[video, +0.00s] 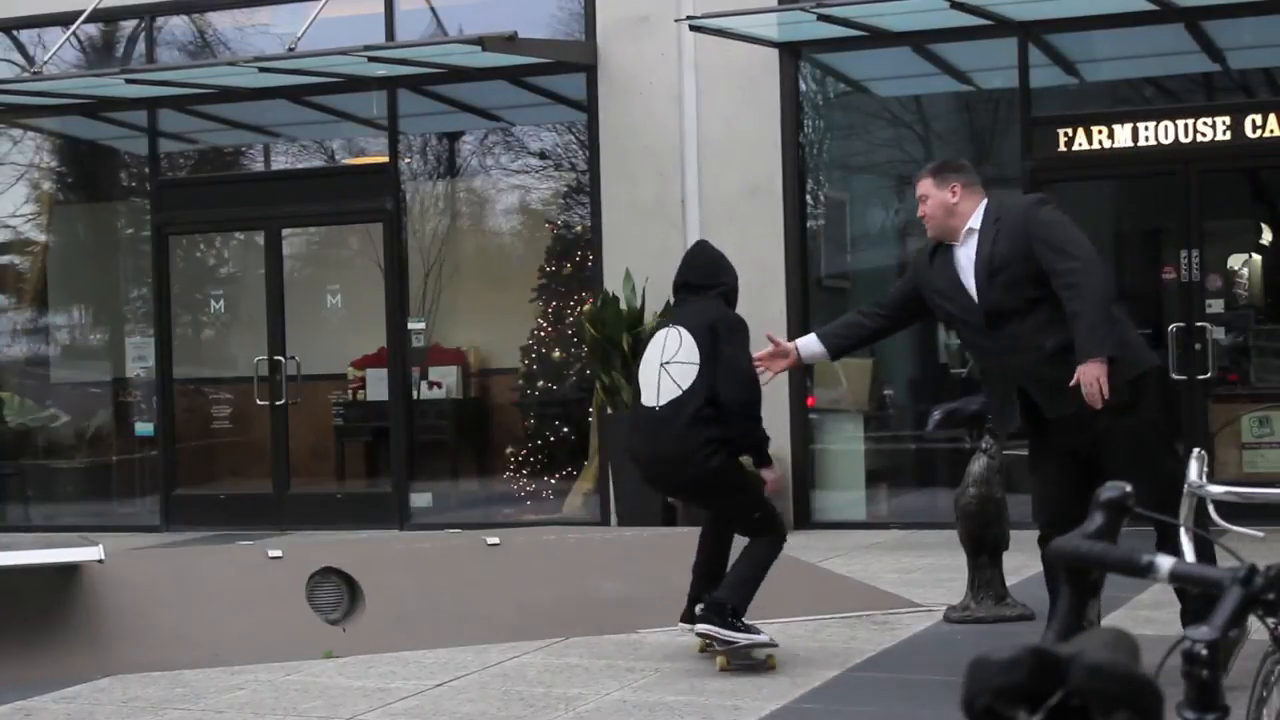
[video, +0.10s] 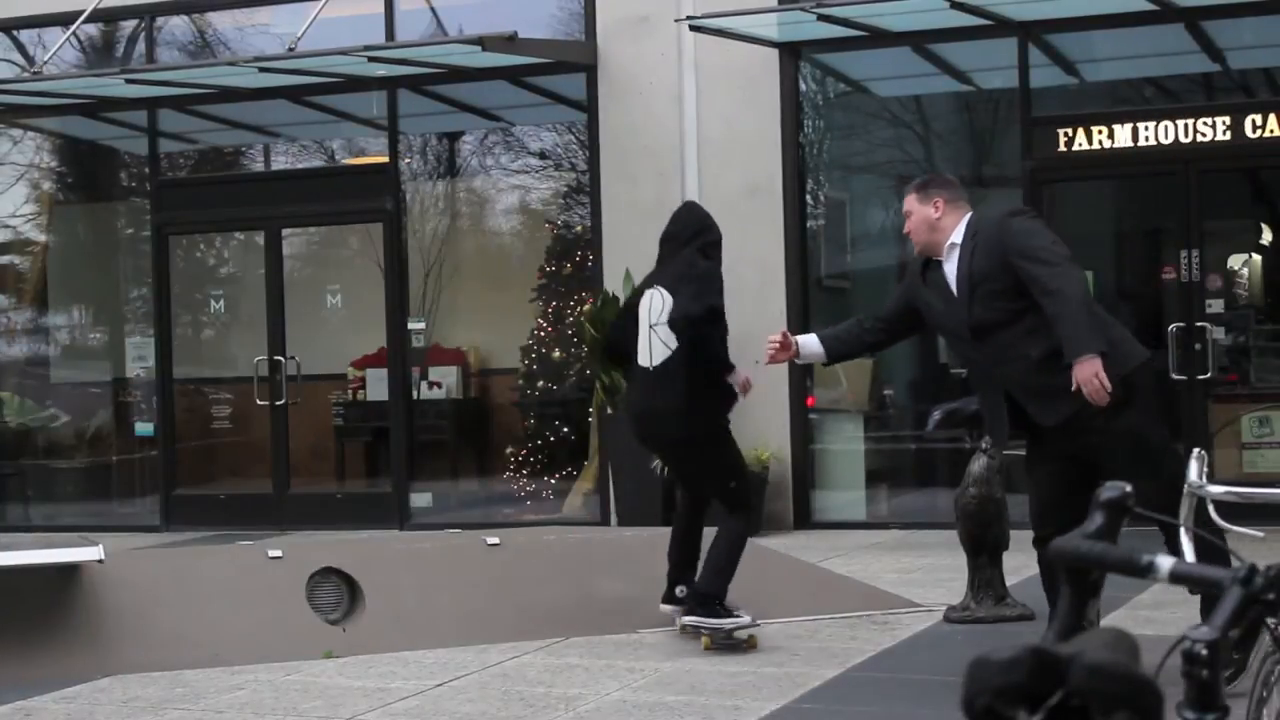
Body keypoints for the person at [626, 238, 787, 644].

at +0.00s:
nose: (733, 289)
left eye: (731, 283)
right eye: (730, 282)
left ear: (684, 283)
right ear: (724, 283)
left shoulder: (665, 324)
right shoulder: (725, 323)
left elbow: (665, 396)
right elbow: (739, 396)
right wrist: (761, 457)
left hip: (650, 455)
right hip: (695, 454)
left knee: (724, 508)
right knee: (770, 531)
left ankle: (700, 605)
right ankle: (723, 610)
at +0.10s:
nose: (716, 249)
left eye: (715, 243)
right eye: (714, 243)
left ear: (670, 240)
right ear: (706, 242)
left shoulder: (650, 285)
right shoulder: (702, 274)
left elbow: (615, 344)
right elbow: (699, 326)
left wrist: (652, 371)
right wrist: (728, 371)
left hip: (647, 412)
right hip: (691, 412)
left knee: (694, 487)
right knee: (740, 503)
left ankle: (679, 586)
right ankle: (707, 600)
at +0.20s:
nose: (698, 216)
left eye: (695, 210)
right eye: (697, 209)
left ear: (656, 201)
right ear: (690, 204)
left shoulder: (627, 237)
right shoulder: (692, 229)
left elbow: (586, 266)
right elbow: (681, 266)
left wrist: (610, 294)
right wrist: (690, 310)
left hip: (628, 363)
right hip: (671, 362)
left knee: (677, 422)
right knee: (701, 467)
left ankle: (664, 502)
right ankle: (700, 576)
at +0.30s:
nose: (689, 211)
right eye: (688, 205)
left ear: (646, 200)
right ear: (683, 201)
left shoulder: (619, 234)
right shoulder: (686, 225)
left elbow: (588, 271)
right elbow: (692, 246)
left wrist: (582, 294)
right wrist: (695, 284)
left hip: (600, 348)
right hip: (642, 352)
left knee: (657, 386)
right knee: (696, 427)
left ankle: (648, 448)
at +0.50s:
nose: (669, 242)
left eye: (667, 238)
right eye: (667, 237)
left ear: (630, 230)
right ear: (662, 235)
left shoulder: (608, 256)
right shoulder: (661, 257)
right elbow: (674, 271)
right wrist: (683, 286)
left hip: (568, 360)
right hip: (603, 363)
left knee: (626, 408)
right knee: (663, 417)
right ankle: (636, 508)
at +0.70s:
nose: (644, 282)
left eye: (644, 275)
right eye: (644, 275)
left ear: (611, 264)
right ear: (638, 272)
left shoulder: (584, 290)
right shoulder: (629, 301)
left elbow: (543, 336)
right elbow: (619, 356)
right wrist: (621, 408)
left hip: (566, 398)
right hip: (596, 402)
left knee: (608, 481)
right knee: (616, 486)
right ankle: (583, 546)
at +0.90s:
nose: (650, 287)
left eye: (651, 281)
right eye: (651, 281)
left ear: (624, 263)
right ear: (646, 274)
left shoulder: (592, 286)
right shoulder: (631, 295)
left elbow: (574, 332)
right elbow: (630, 341)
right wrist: (623, 384)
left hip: (559, 380)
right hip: (594, 382)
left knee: (569, 453)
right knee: (611, 447)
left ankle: (566, 522)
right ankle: (601, 514)